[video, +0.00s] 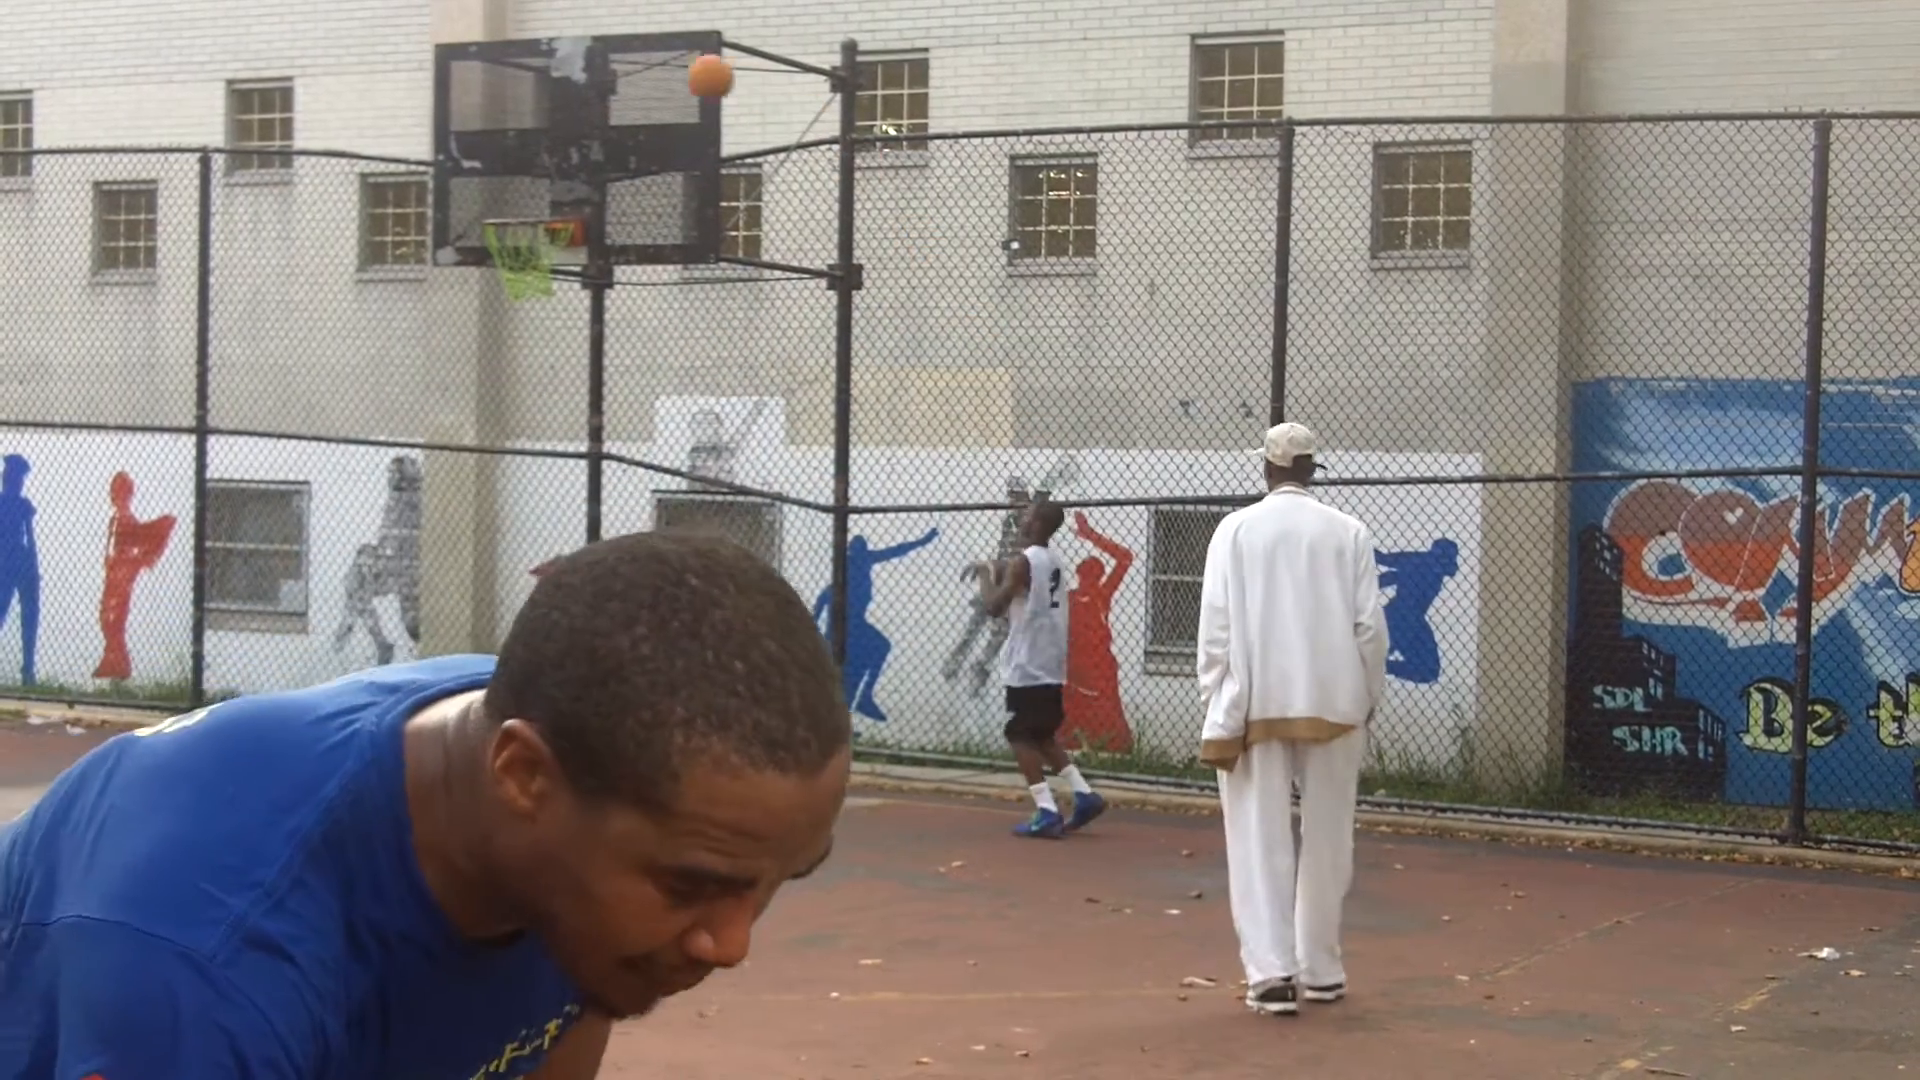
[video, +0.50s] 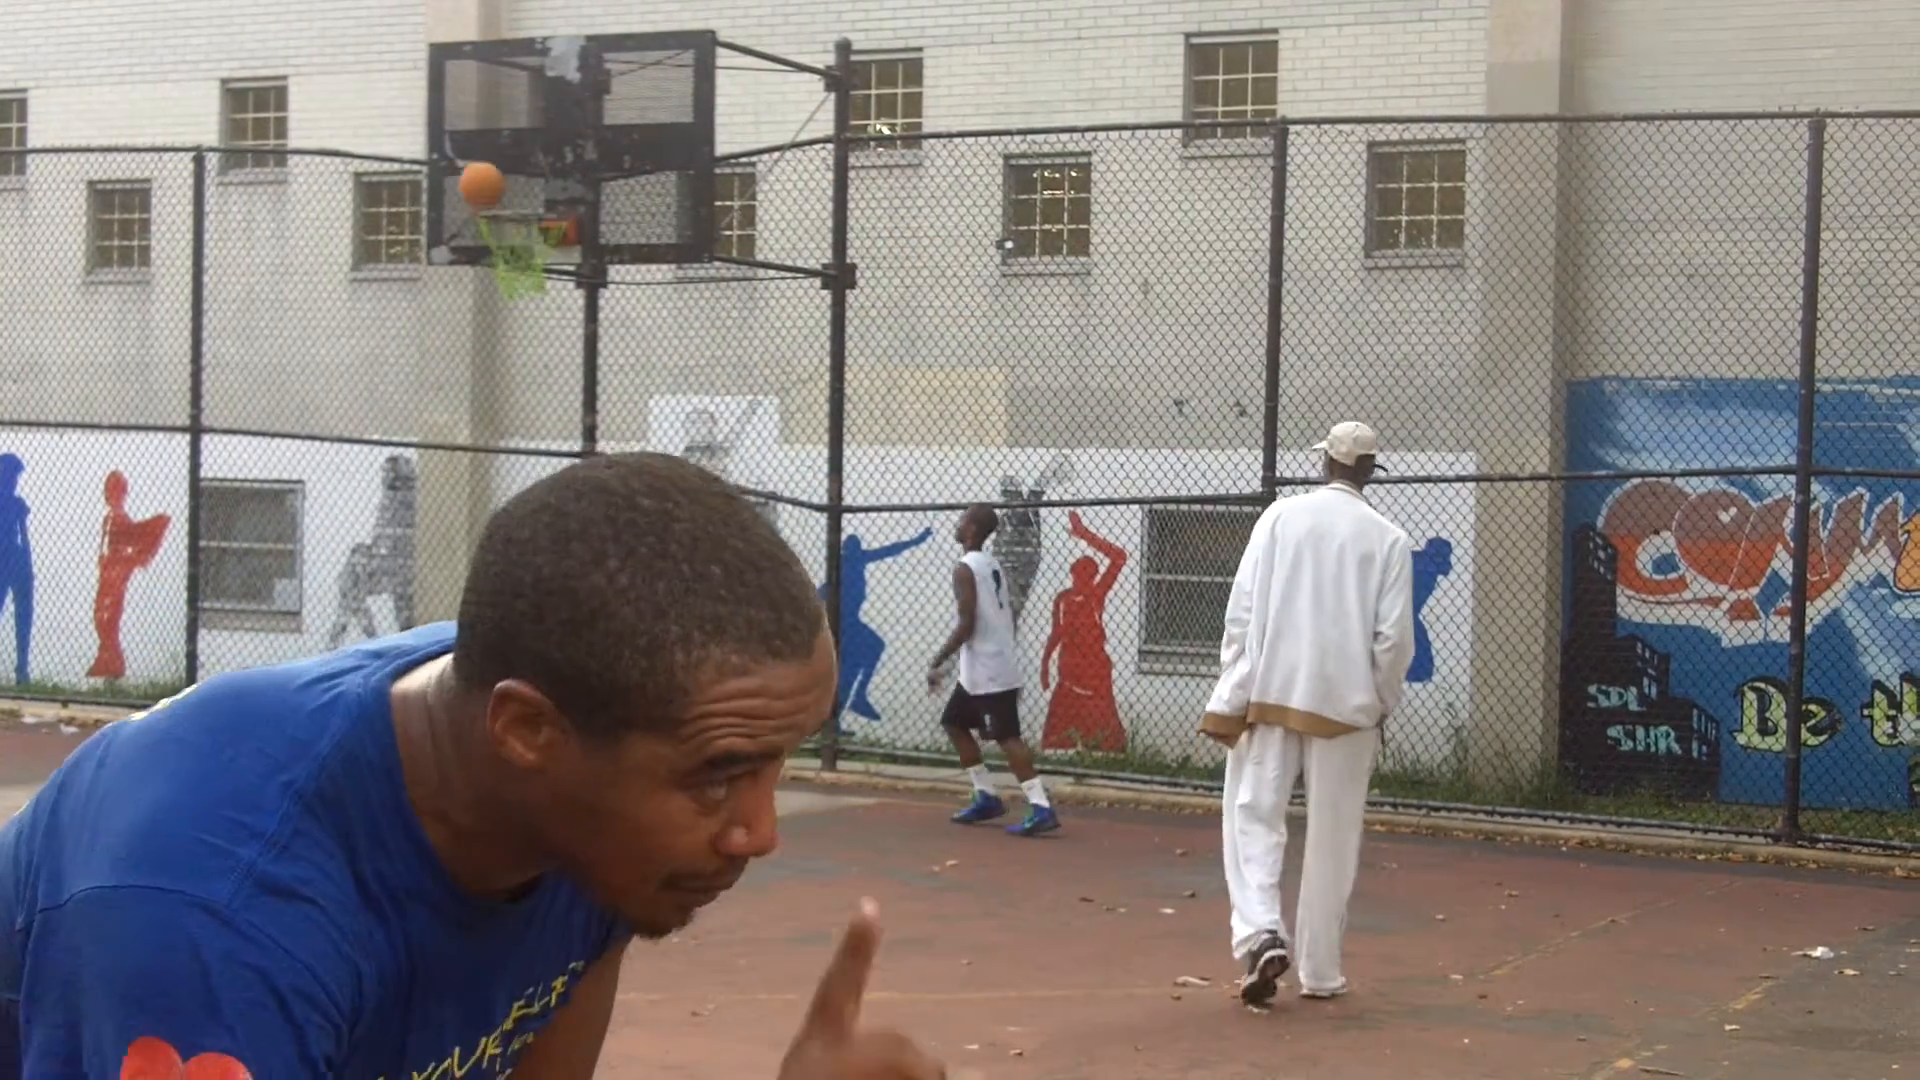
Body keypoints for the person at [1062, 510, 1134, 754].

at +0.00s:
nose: (1088, 577)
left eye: (1093, 573)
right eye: (1085, 572)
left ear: (1100, 575)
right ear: (1079, 573)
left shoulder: (1103, 592)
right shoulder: (1068, 597)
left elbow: (1125, 557)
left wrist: (1090, 535)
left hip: (1098, 656)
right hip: (1074, 656)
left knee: (1104, 702)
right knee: (1073, 704)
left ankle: (1117, 742)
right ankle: (1069, 742)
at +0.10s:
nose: (1087, 578)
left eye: (1091, 573)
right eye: (1084, 572)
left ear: (1097, 575)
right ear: (1077, 573)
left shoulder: (1102, 593)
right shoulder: (1068, 597)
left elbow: (1124, 558)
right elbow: (1061, 631)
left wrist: (1090, 535)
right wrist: (1051, 652)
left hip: (1098, 657)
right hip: (1074, 657)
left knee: (1102, 702)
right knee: (1071, 702)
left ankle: (1113, 744)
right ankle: (1064, 742)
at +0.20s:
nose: (1086, 578)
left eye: (1091, 573)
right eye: (1083, 573)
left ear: (1097, 576)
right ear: (1076, 573)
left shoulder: (1102, 592)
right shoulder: (1065, 598)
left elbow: (1123, 558)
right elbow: (1059, 635)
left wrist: (1089, 535)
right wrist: (1048, 663)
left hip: (1099, 661)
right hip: (1073, 661)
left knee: (1101, 710)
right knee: (1070, 710)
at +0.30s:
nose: (1085, 579)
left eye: (1090, 574)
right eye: (1082, 573)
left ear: (1096, 576)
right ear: (1075, 573)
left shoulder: (1101, 592)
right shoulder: (1064, 598)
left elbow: (1122, 558)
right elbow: (1059, 634)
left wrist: (1088, 535)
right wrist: (1047, 662)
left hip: (1098, 660)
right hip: (1072, 660)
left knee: (1100, 707)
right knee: (1070, 706)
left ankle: (1107, 749)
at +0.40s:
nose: (1084, 578)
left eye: (1089, 574)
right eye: (1081, 573)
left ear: (1095, 576)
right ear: (1073, 573)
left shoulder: (1099, 593)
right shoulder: (1063, 598)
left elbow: (1120, 558)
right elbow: (1057, 635)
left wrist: (1085, 534)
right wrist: (1047, 665)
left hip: (1096, 660)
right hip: (1071, 660)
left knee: (1100, 710)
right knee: (1066, 711)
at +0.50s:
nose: (1083, 579)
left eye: (1088, 574)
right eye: (1079, 573)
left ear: (1094, 576)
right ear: (1072, 573)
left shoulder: (1098, 593)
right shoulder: (1062, 598)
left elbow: (1119, 558)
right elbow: (1056, 633)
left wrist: (1085, 534)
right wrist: (1045, 662)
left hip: (1095, 660)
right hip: (1070, 660)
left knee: (1098, 710)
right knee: (1066, 710)